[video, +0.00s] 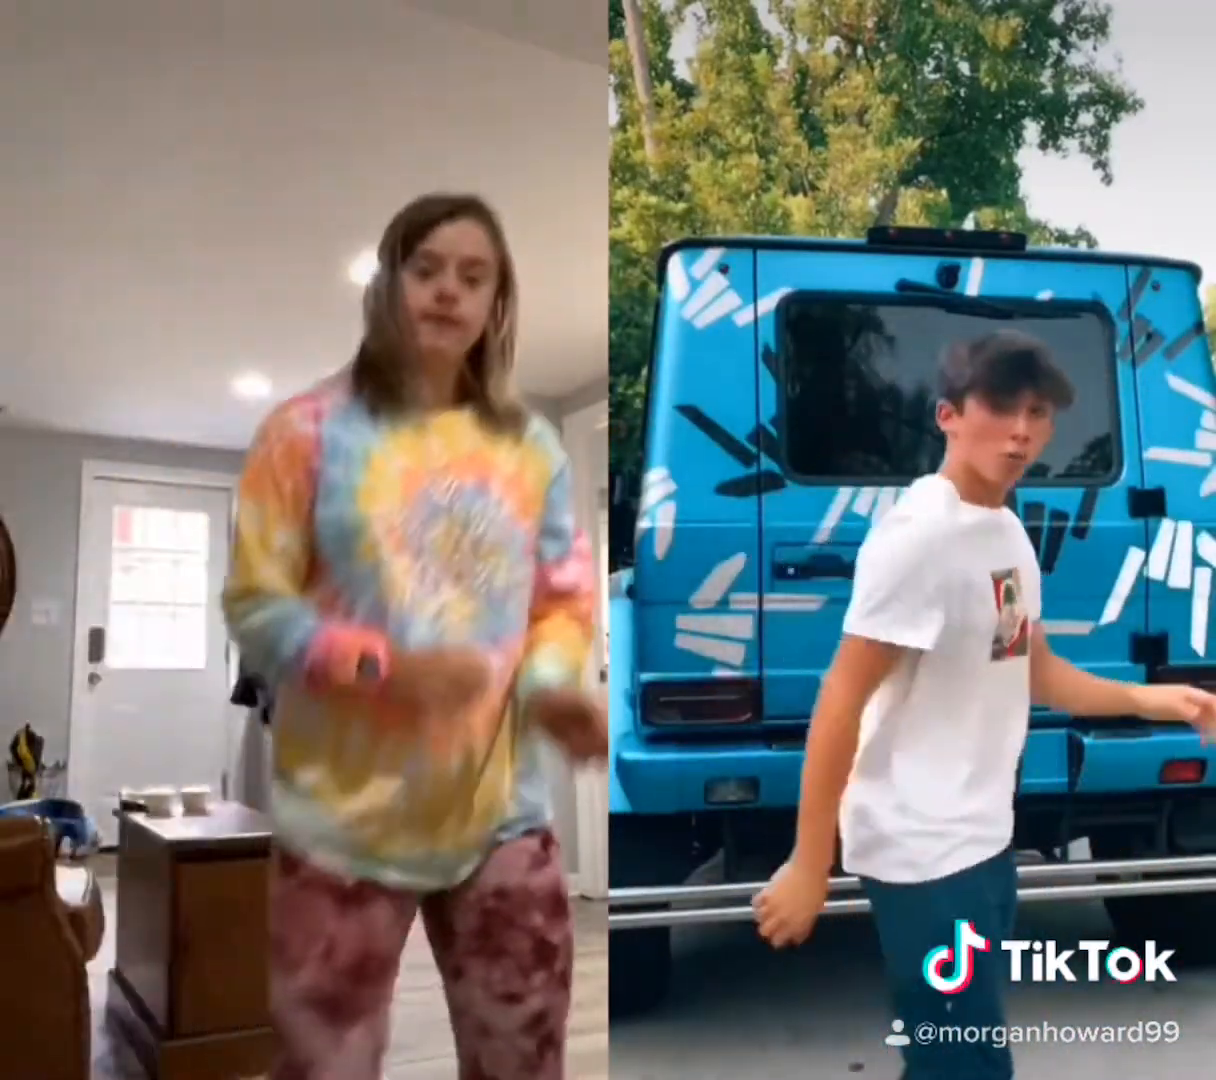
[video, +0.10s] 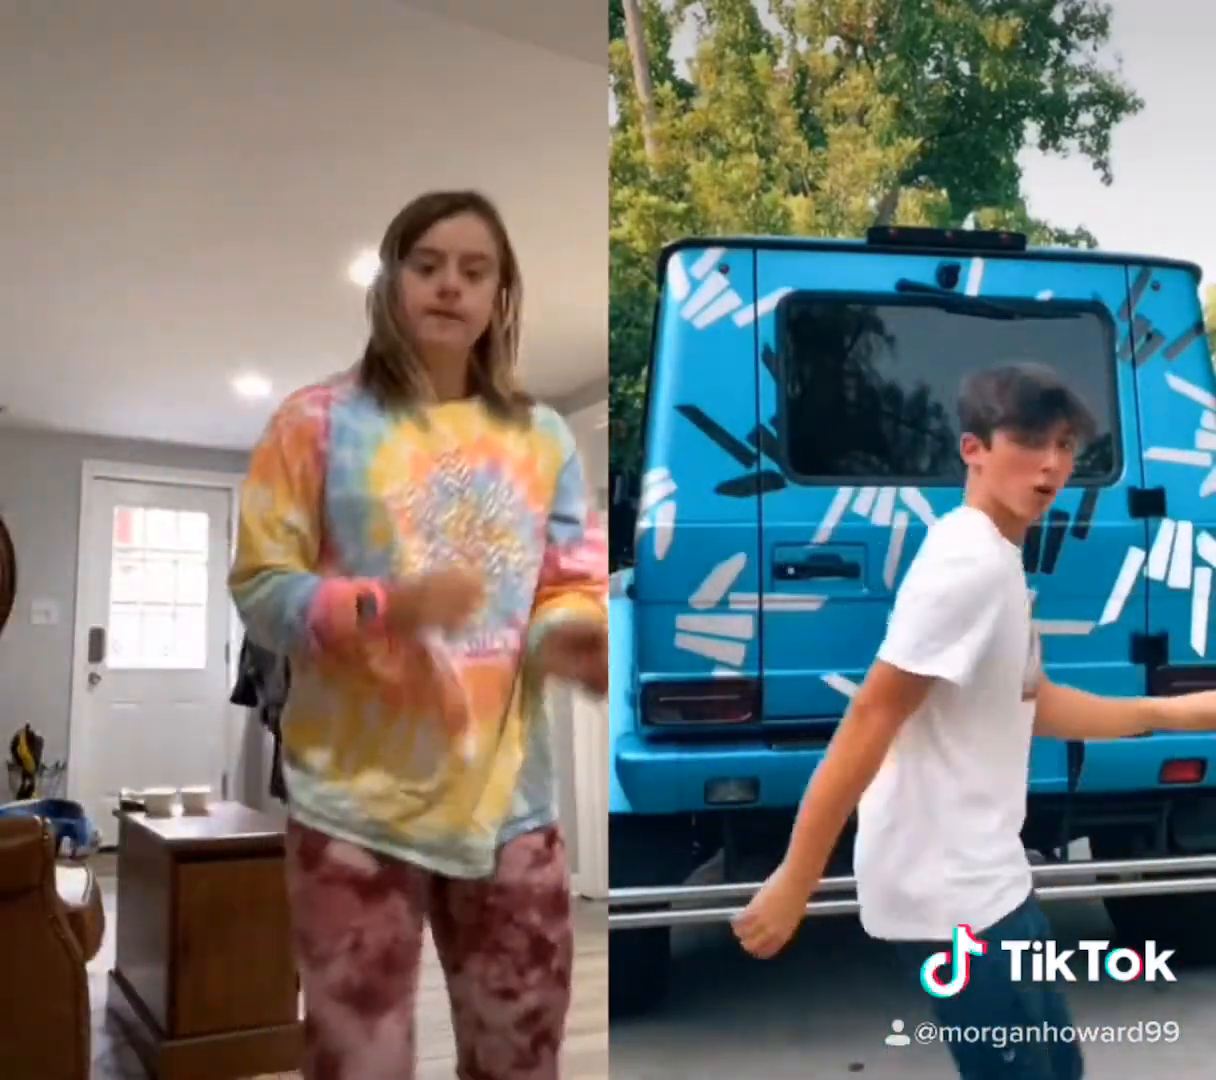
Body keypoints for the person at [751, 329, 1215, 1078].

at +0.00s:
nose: (1024, 432)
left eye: (1037, 415)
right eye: (1002, 408)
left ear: (1050, 429)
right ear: (949, 418)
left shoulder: (1005, 527)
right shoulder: (916, 535)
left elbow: (1034, 669)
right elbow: (841, 697)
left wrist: (1144, 699)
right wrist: (809, 864)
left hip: (984, 846)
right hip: (924, 861)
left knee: (946, 1059)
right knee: (970, 1063)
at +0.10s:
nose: (1053, 464)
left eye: (1064, 446)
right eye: (1032, 442)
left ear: (1074, 460)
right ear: (974, 453)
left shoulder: (997, 558)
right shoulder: (968, 558)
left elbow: (1034, 704)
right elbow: (871, 717)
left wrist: (1174, 712)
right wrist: (794, 882)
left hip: (982, 886)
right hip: (952, 897)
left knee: (1054, 1063)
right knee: (1033, 1069)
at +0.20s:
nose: (1090, 471)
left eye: (1100, 454)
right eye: (1069, 449)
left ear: (1109, 463)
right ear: (1008, 457)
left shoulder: (992, 554)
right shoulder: (1018, 567)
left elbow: (1029, 726)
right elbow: (948, 744)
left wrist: (1167, 766)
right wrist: (896, 926)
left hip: (1021, 883)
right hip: (984, 914)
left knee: (1122, 1040)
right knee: (1038, 1067)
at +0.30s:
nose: (1133, 445)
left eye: (1144, 428)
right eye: (1113, 422)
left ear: (1154, 436)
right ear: (1053, 428)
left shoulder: (1025, 524)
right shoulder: (1068, 532)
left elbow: (1026, 726)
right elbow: (1074, 726)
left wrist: (1107, 818)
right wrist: (1116, 902)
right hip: (1016, 873)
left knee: (1163, 1020)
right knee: (1028, 1062)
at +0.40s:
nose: (1185, 432)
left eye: (1196, 414)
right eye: (1164, 410)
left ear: (1208, 419)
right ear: (1105, 414)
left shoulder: (1088, 504)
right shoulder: (1129, 513)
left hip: (1106, 841)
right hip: (1066, 848)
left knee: (1183, 1044)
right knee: (1038, 1059)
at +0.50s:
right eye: (1209, 431)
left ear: (1170, 434)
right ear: (1162, 433)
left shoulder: (1129, 525)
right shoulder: (1184, 531)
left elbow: (1061, 697)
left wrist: (1072, 849)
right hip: (1138, 869)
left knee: (1202, 1054)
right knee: (1117, 1067)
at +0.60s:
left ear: (1205, 460)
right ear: (1207, 460)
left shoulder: (1164, 563)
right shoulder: (1193, 560)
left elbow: (1140, 746)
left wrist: (1129, 888)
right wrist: (1135, 891)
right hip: (1193, 880)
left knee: (1204, 1058)